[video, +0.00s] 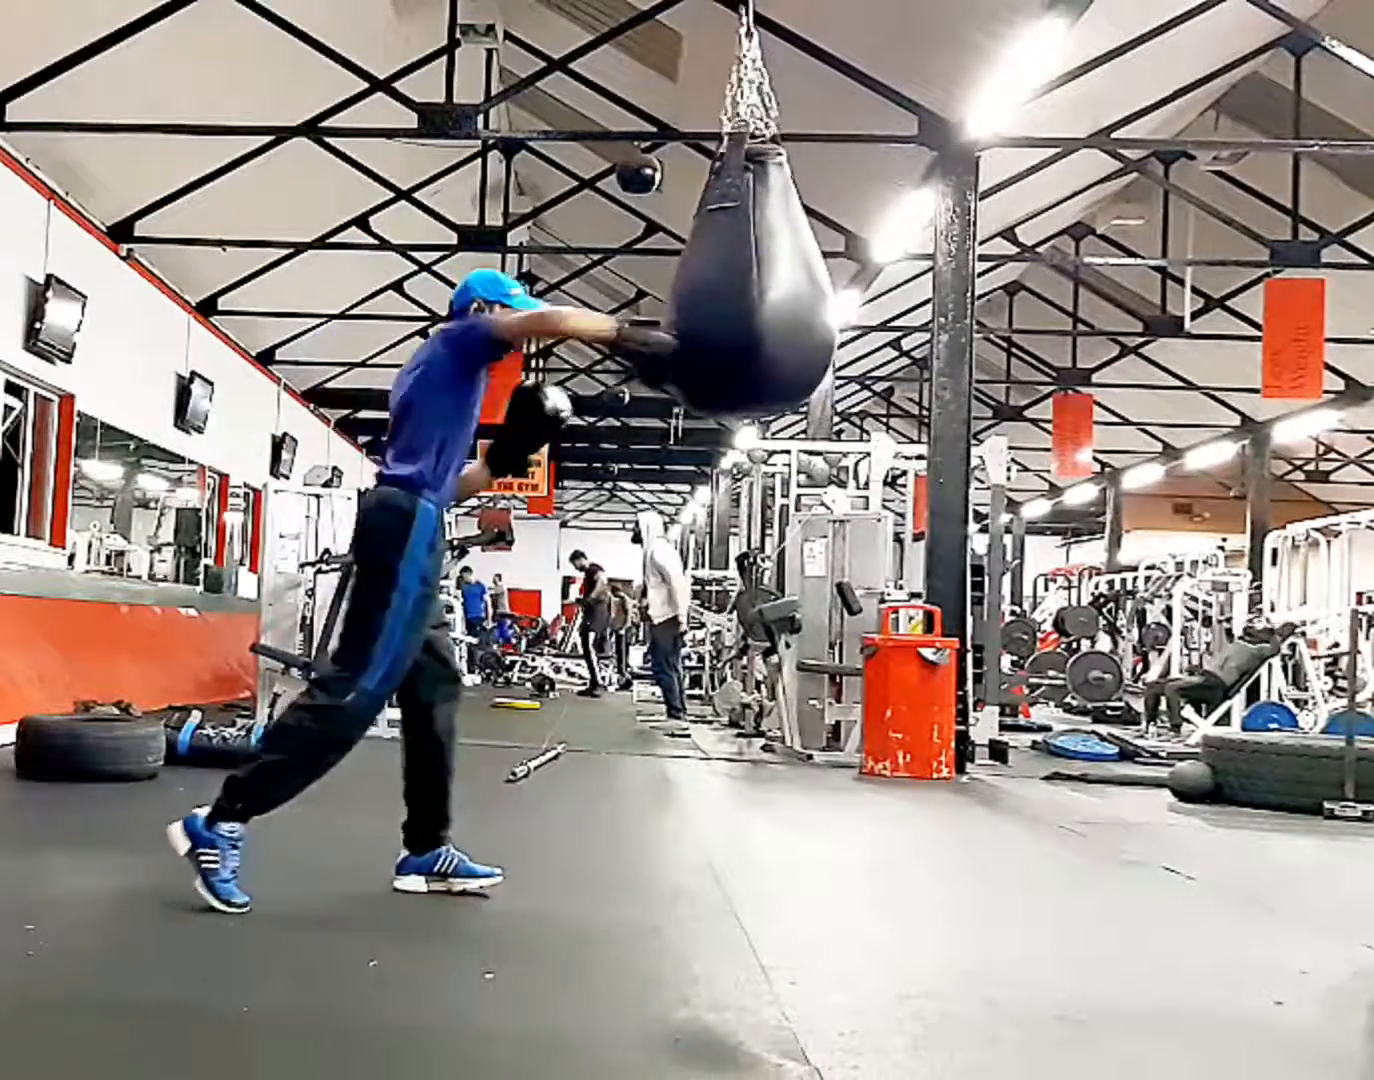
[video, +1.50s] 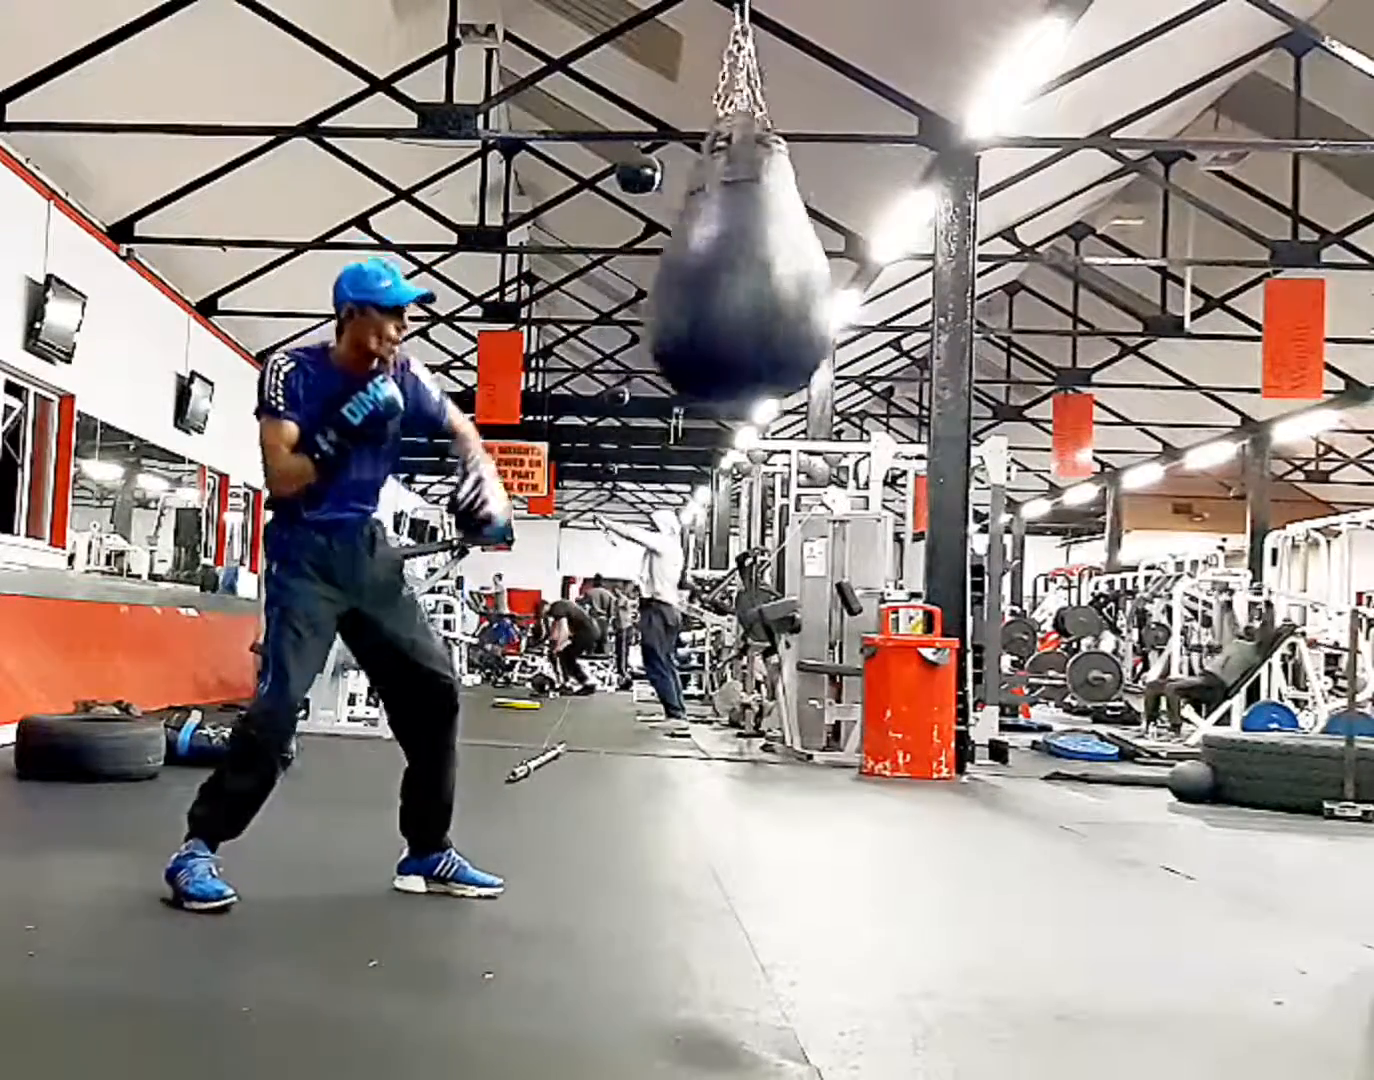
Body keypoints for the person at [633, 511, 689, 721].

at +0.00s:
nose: (633, 531)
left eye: (636, 527)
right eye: (634, 526)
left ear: (646, 529)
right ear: (650, 528)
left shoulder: (658, 550)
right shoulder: (652, 550)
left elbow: (677, 581)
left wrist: (681, 615)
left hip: (665, 617)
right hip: (660, 617)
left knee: (664, 667)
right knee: (670, 666)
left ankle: (676, 711)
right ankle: (677, 709)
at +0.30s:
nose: (634, 531)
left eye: (638, 527)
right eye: (636, 527)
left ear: (647, 529)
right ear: (651, 529)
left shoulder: (662, 551)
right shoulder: (649, 552)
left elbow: (681, 581)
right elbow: (649, 584)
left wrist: (690, 613)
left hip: (668, 616)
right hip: (660, 616)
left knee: (664, 666)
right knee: (668, 665)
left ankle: (676, 711)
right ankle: (676, 709)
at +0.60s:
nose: (631, 532)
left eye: (634, 528)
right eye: (632, 527)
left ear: (644, 530)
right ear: (647, 530)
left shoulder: (659, 551)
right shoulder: (645, 553)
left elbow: (680, 581)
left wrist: (691, 614)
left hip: (669, 617)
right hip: (658, 618)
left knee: (666, 667)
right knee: (669, 666)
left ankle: (676, 711)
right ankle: (675, 710)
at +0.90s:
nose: (628, 533)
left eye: (631, 529)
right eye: (629, 528)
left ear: (641, 531)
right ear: (645, 531)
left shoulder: (655, 554)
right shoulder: (646, 555)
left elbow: (668, 587)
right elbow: (654, 588)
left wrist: (665, 620)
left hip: (672, 616)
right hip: (665, 616)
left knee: (666, 668)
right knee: (673, 668)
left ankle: (676, 713)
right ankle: (678, 710)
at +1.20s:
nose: (649, 527)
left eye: (653, 523)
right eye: (651, 523)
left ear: (661, 526)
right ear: (670, 526)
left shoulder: (661, 545)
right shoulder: (673, 547)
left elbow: (632, 560)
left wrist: (599, 569)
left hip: (657, 610)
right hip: (670, 609)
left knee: (657, 666)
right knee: (667, 664)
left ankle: (675, 712)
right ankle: (677, 709)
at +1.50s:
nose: (653, 528)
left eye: (655, 524)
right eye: (654, 524)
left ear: (663, 525)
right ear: (673, 526)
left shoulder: (665, 543)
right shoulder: (674, 547)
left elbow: (634, 535)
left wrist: (608, 525)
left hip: (657, 606)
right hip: (669, 606)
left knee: (655, 662)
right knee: (665, 660)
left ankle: (674, 713)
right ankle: (677, 709)